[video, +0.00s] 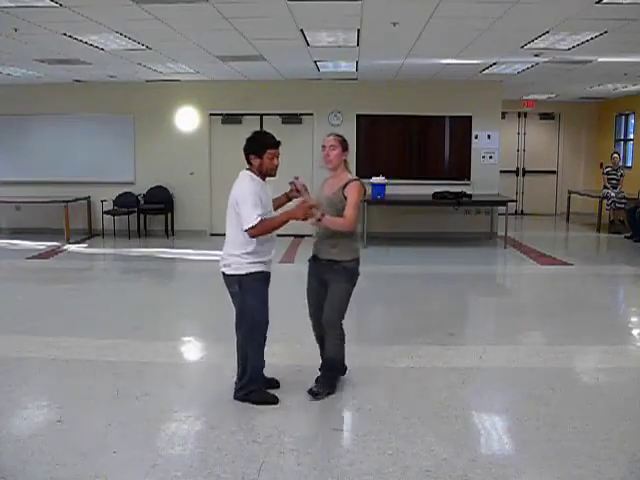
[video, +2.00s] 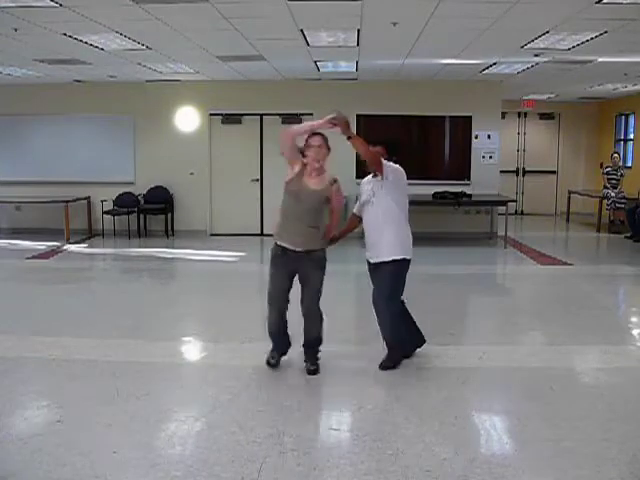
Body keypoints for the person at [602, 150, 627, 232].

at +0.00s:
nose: (615, 160)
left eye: (616, 158)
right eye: (613, 158)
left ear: (619, 160)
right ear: (611, 160)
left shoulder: (621, 171)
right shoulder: (607, 169)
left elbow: (621, 183)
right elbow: (605, 182)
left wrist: (617, 190)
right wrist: (611, 189)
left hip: (617, 188)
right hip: (608, 188)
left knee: (622, 196)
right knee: (612, 196)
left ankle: (621, 217)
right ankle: (611, 217)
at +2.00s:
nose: (615, 160)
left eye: (616, 158)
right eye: (613, 158)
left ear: (619, 160)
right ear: (611, 160)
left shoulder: (621, 170)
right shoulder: (606, 169)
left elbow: (621, 184)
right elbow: (605, 182)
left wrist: (617, 190)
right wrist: (611, 190)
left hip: (617, 188)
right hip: (608, 188)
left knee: (622, 196)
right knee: (611, 196)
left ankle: (621, 216)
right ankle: (611, 215)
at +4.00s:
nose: (615, 160)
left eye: (617, 158)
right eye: (613, 158)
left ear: (619, 160)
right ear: (611, 160)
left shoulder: (621, 170)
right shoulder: (606, 169)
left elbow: (621, 183)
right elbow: (605, 182)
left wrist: (617, 190)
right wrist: (611, 189)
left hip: (617, 188)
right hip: (608, 187)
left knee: (622, 196)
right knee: (611, 196)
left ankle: (621, 216)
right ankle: (611, 216)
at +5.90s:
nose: (615, 160)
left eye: (617, 158)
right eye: (614, 158)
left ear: (619, 160)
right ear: (611, 160)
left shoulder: (621, 170)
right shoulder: (606, 169)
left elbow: (621, 183)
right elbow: (605, 182)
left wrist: (617, 191)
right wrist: (611, 190)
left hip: (617, 188)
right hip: (608, 188)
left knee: (621, 196)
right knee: (611, 196)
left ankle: (621, 218)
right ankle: (612, 218)